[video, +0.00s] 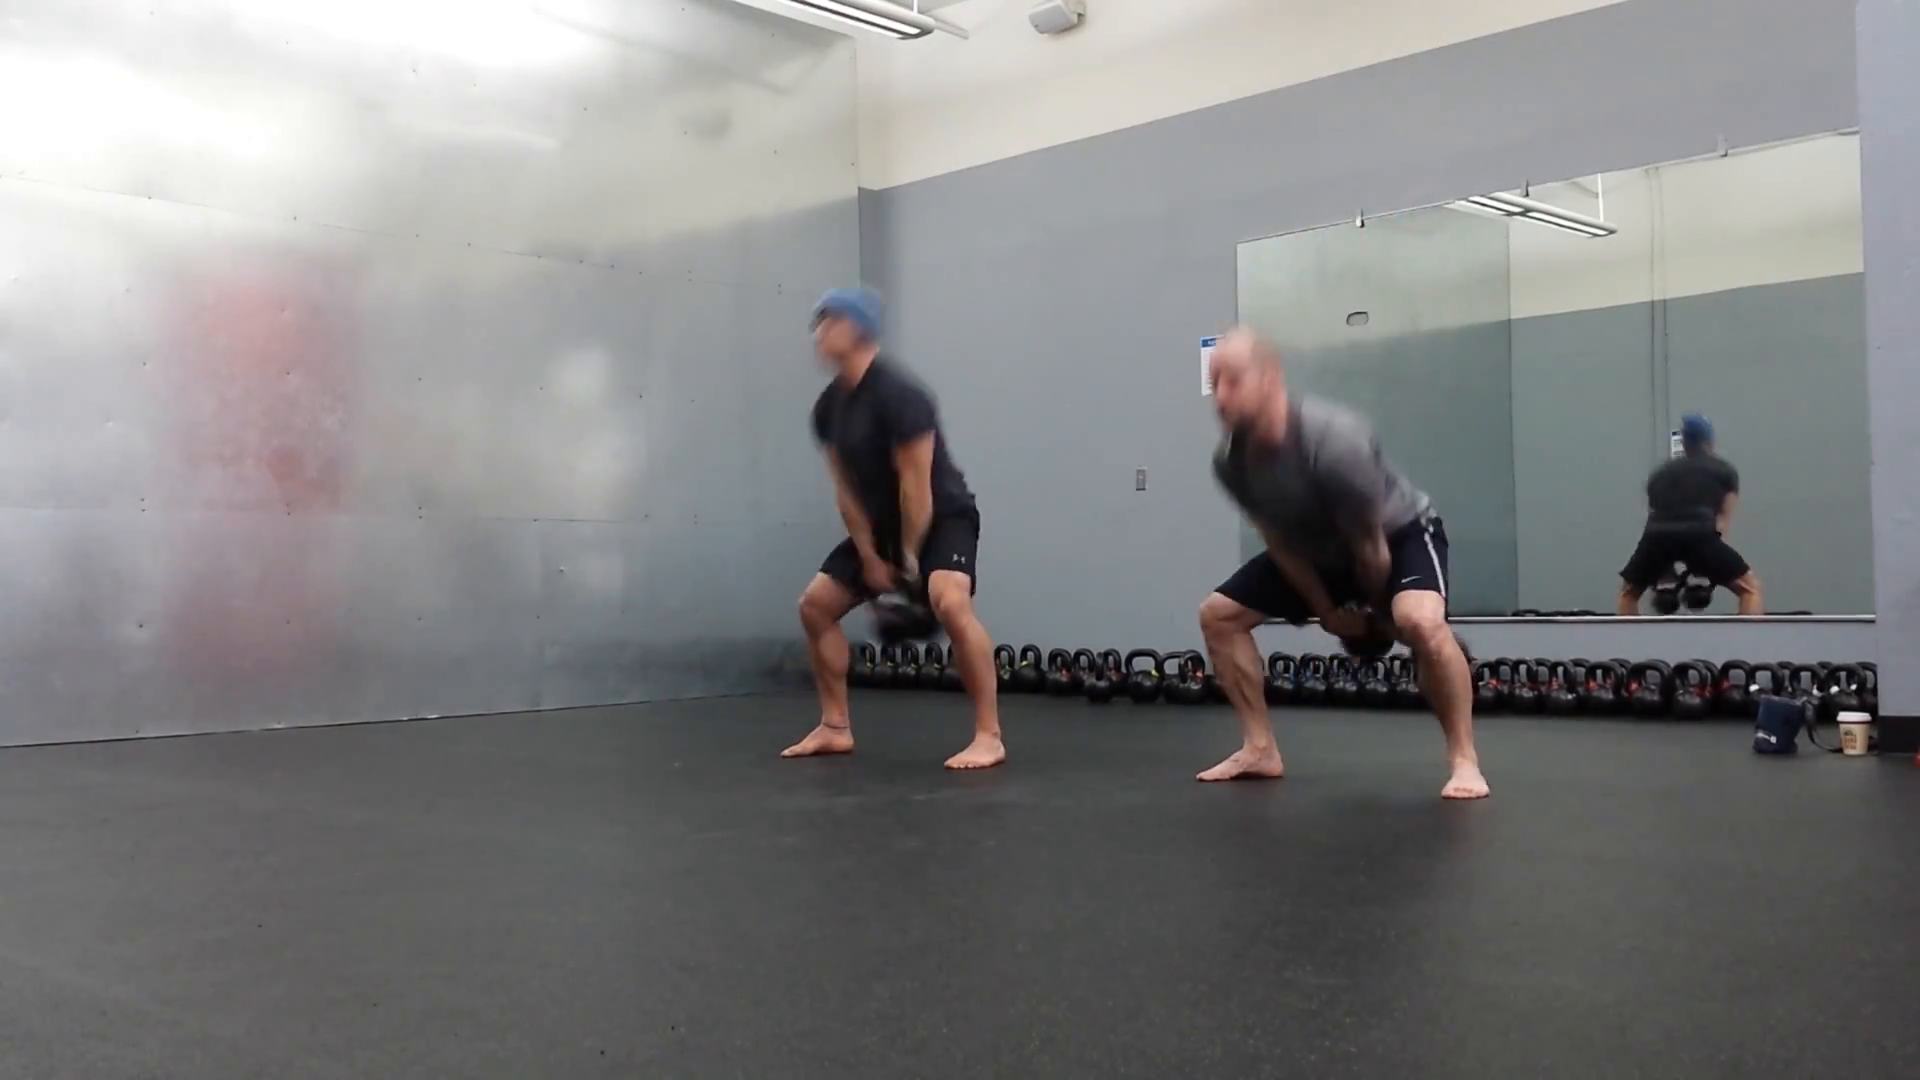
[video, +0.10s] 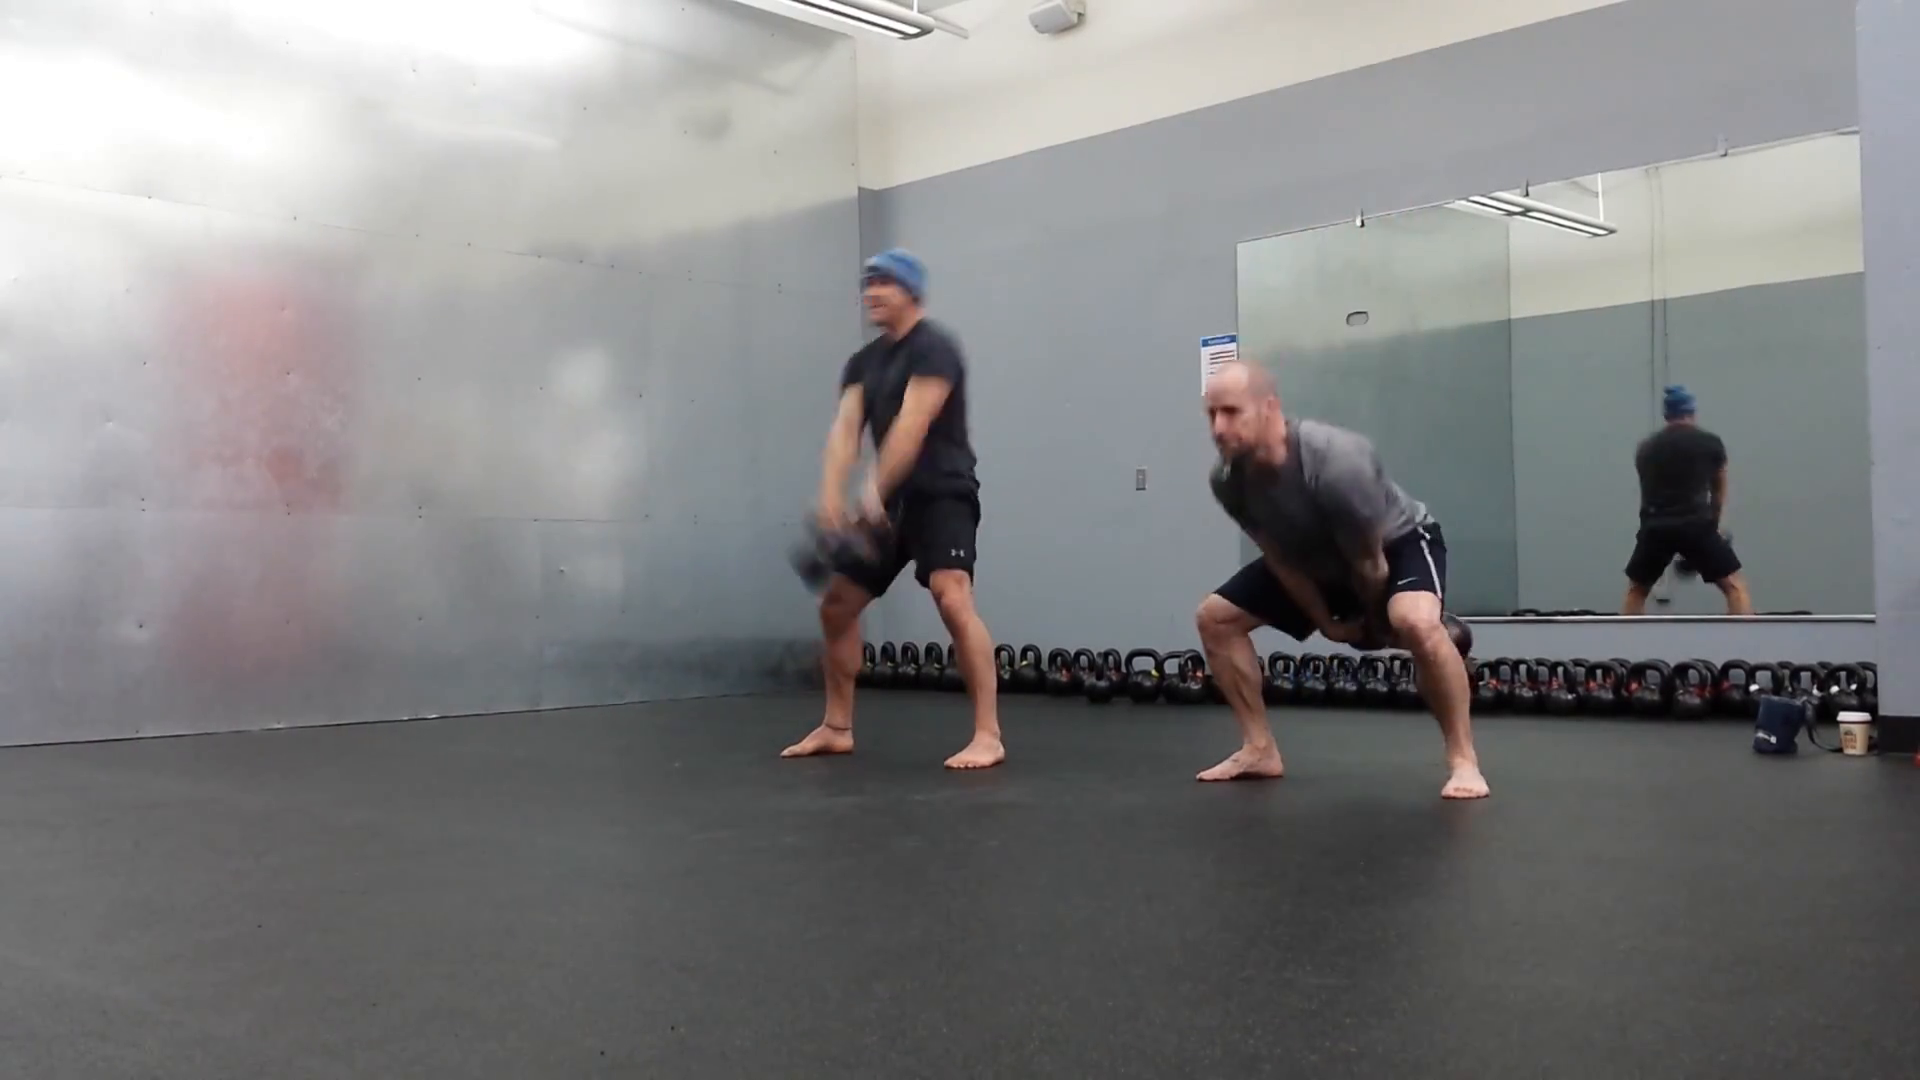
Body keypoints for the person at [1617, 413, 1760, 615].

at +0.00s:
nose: (1714, 447)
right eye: (1712, 443)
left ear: (1683, 443)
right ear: (1709, 443)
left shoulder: (1661, 472)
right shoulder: (1724, 470)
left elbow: (1655, 518)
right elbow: (1724, 518)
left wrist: (1664, 572)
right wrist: (1708, 569)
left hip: (1658, 539)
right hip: (1700, 540)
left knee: (1629, 595)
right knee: (1749, 589)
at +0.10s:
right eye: (1690, 413)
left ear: (1666, 415)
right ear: (1693, 413)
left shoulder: (1646, 448)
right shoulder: (1711, 444)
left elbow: (1649, 495)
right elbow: (1719, 494)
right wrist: (1710, 530)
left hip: (1656, 531)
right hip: (1697, 529)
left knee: (1636, 593)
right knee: (1734, 588)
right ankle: (1744, 646)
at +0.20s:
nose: (1679, 408)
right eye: (1679, 404)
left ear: (1653, 407)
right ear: (1679, 405)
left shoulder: (1634, 439)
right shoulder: (1696, 431)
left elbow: (1649, 473)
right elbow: (1719, 462)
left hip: (1656, 530)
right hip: (1696, 527)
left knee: (1642, 599)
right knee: (1722, 589)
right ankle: (1744, 647)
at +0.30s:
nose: (1682, 408)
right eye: (1680, 404)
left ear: (1654, 409)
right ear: (1680, 406)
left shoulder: (1635, 446)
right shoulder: (1696, 437)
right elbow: (1727, 461)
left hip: (1662, 530)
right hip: (1702, 526)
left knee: (1647, 598)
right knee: (1727, 591)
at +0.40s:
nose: (1692, 409)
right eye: (1690, 405)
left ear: (1661, 410)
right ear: (1689, 408)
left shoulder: (1642, 441)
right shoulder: (1701, 433)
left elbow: (1661, 431)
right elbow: (1736, 428)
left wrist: (1682, 417)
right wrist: (1729, 403)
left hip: (1668, 529)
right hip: (1706, 526)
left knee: (1652, 597)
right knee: (1727, 591)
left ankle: (1619, 647)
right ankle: (1747, 647)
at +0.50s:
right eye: (1696, 404)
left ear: (1669, 407)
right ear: (1697, 406)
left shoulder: (1652, 437)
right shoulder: (1709, 431)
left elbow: (1656, 408)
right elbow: (1734, 401)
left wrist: (1660, 382)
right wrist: (1727, 371)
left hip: (1670, 528)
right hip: (1708, 525)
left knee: (1652, 597)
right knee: (1728, 593)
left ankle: (1622, 651)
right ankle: (1746, 651)